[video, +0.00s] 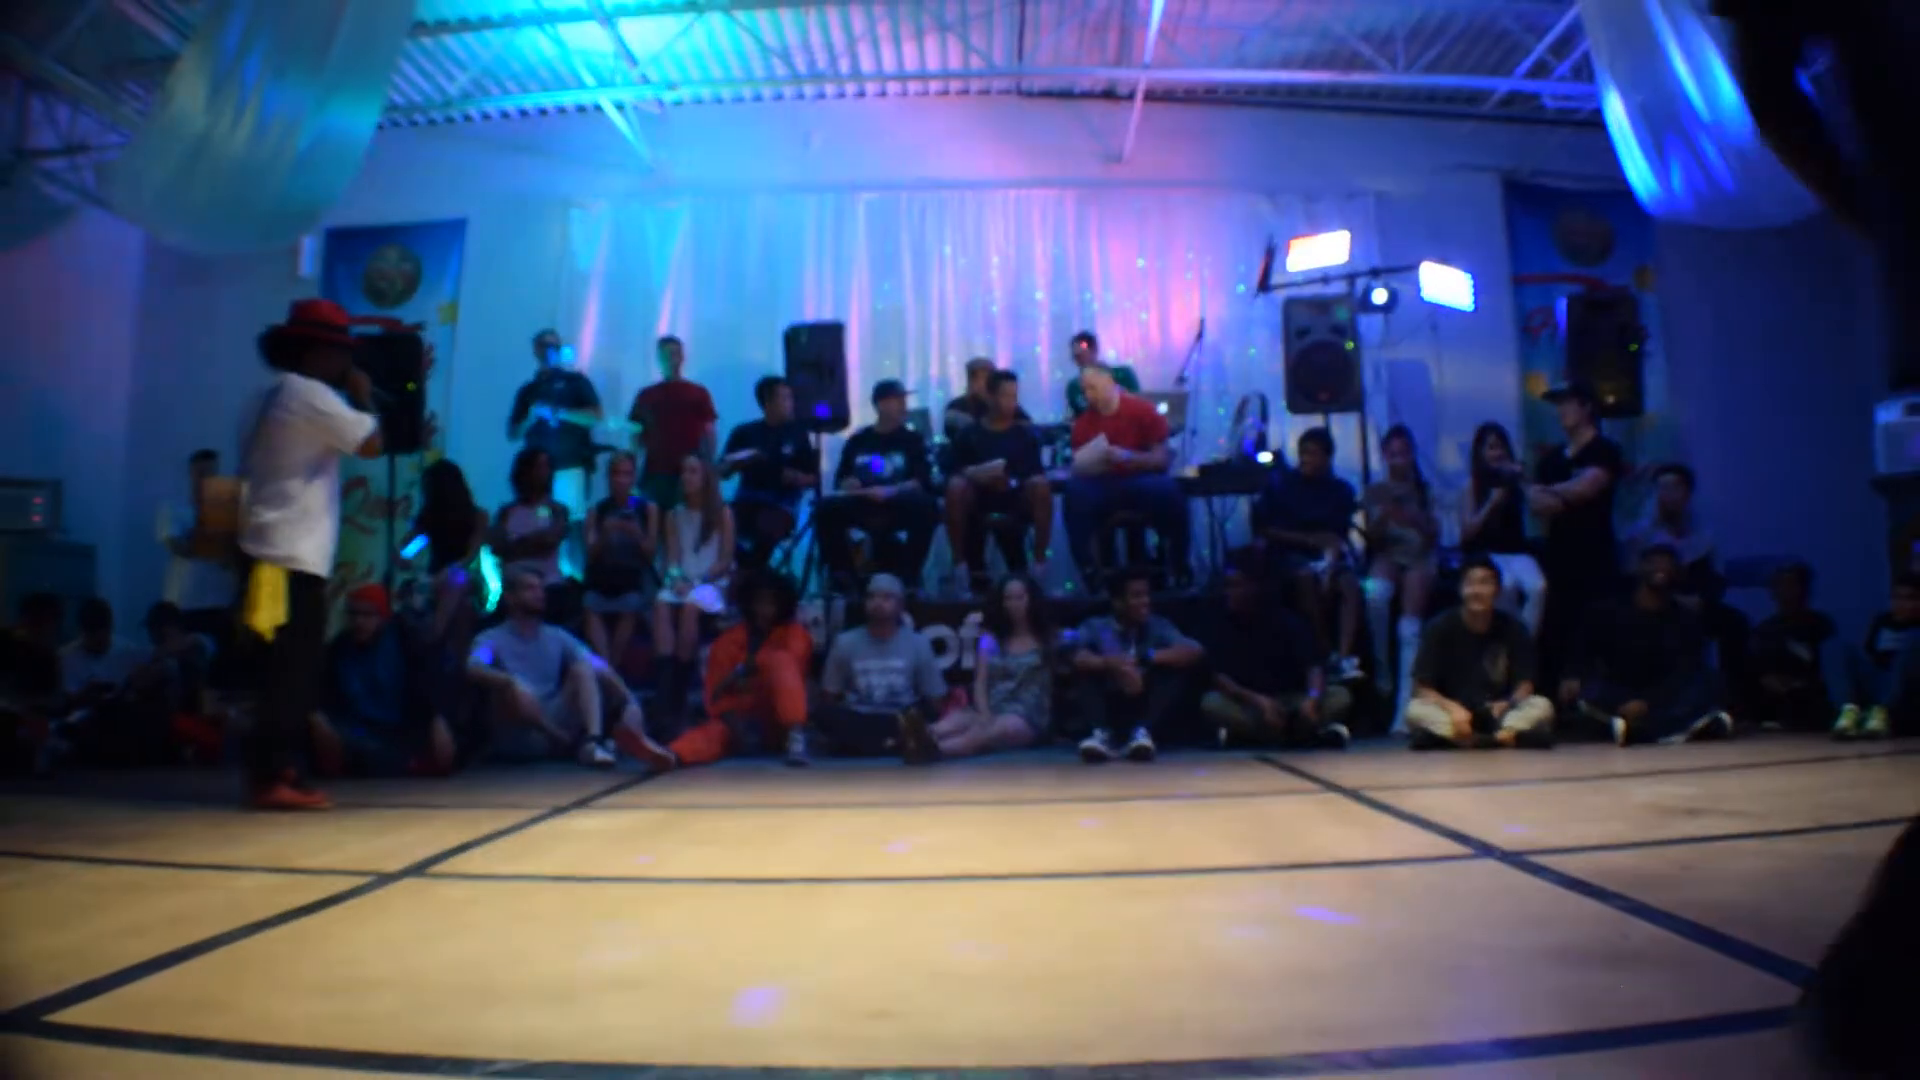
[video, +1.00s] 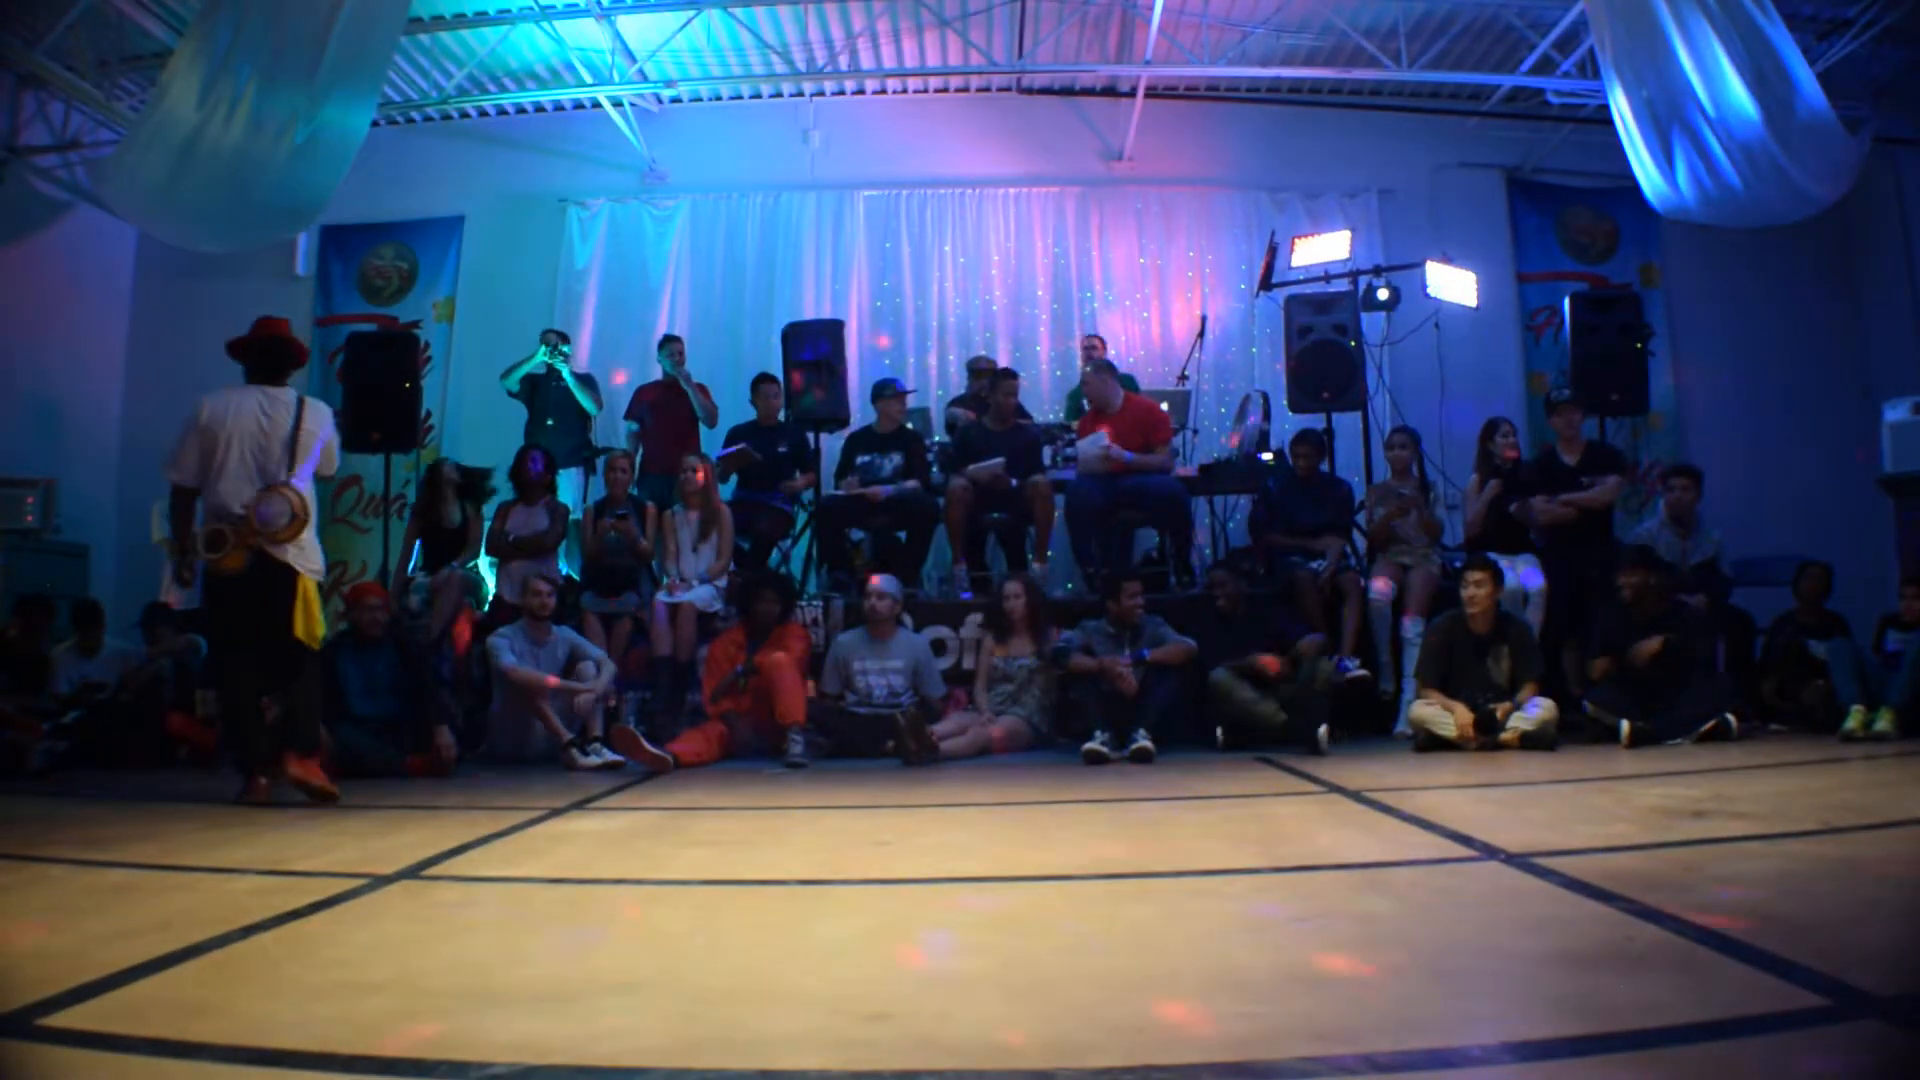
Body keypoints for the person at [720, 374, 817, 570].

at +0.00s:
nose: (790, 404)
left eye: (790, 398)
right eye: (784, 398)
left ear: (793, 400)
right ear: (768, 403)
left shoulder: (797, 434)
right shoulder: (744, 432)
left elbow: (812, 477)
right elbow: (723, 471)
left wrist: (797, 478)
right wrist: (740, 461)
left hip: (783, 502)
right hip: (748, 498)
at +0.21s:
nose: (789, 403)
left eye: (789, 397)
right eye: (784, 398)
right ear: (767, 403)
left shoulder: (797, 434)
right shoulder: (743, 432)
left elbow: (813, 475)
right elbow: (723, 471)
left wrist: (796, 480)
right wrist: (741, 462)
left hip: (782, 500)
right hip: (748, 497)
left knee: (769, 531)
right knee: (725, 523)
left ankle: (752, 571)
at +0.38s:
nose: (789, 402)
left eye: (788, 396)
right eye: (783, 396)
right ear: (765, 401)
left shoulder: (797, 434)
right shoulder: (741, 431)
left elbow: (812, 476)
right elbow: (720, 472)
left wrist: (794, 480)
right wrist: (737, 462)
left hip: (780, 503)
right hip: (745, 499)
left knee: (766, 533)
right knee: (721, 522)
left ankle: (751, 573)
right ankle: (744, 563)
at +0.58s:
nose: (787, 402)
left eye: (787, 396)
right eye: (781, 396)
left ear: (790, 399)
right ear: (764, 402)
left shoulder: (796, 433)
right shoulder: (741, 432)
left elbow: (812, 475)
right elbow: (722, 474)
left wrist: (795, 480)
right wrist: (736, 459)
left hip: (780, 502)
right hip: (745, 499)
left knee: (767, 532)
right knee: (720, 525)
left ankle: (750, 576)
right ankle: (745, 564)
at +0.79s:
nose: (785, 401)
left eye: (785, 395)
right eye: (780, 396)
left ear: (786, 398)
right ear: (762, 401)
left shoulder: (795, 433)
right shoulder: (740, 432)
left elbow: (812, 474)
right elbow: (722, 475)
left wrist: (797, 480)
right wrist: (733, 463)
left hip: (779, 500)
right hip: (745, 498)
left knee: (767, 532)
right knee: (720, 525)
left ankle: (751, 575)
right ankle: (746, 565)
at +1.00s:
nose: (772, 402)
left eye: (776, 396)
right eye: (765, 397)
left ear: (782, 399)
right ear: (754, 401)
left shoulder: (793, 433)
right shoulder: (738, 433)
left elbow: (811, 473)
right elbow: (721, 476)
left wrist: (798, 483)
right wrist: (732, 462)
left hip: (778, 499)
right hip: (745, 498)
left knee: (766, 532)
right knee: (720, 525)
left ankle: (751, 575)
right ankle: (746, 564)